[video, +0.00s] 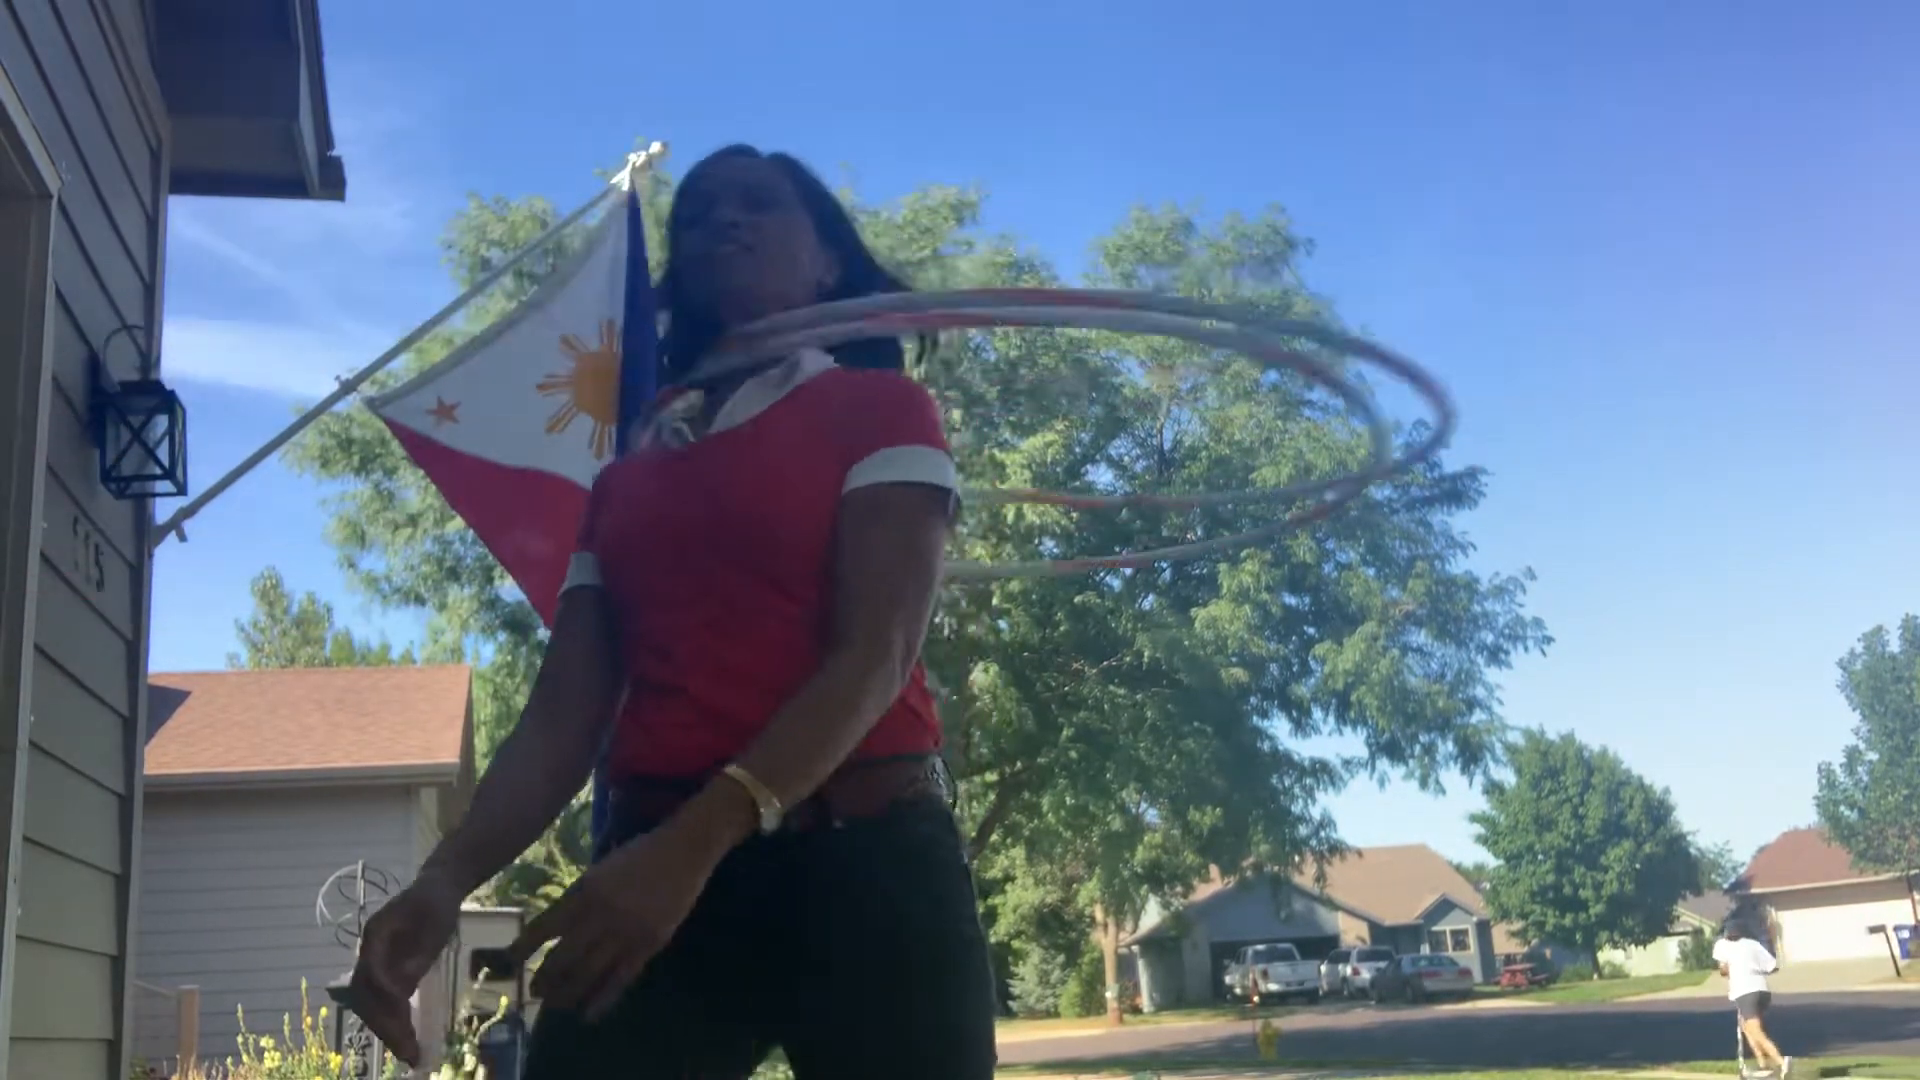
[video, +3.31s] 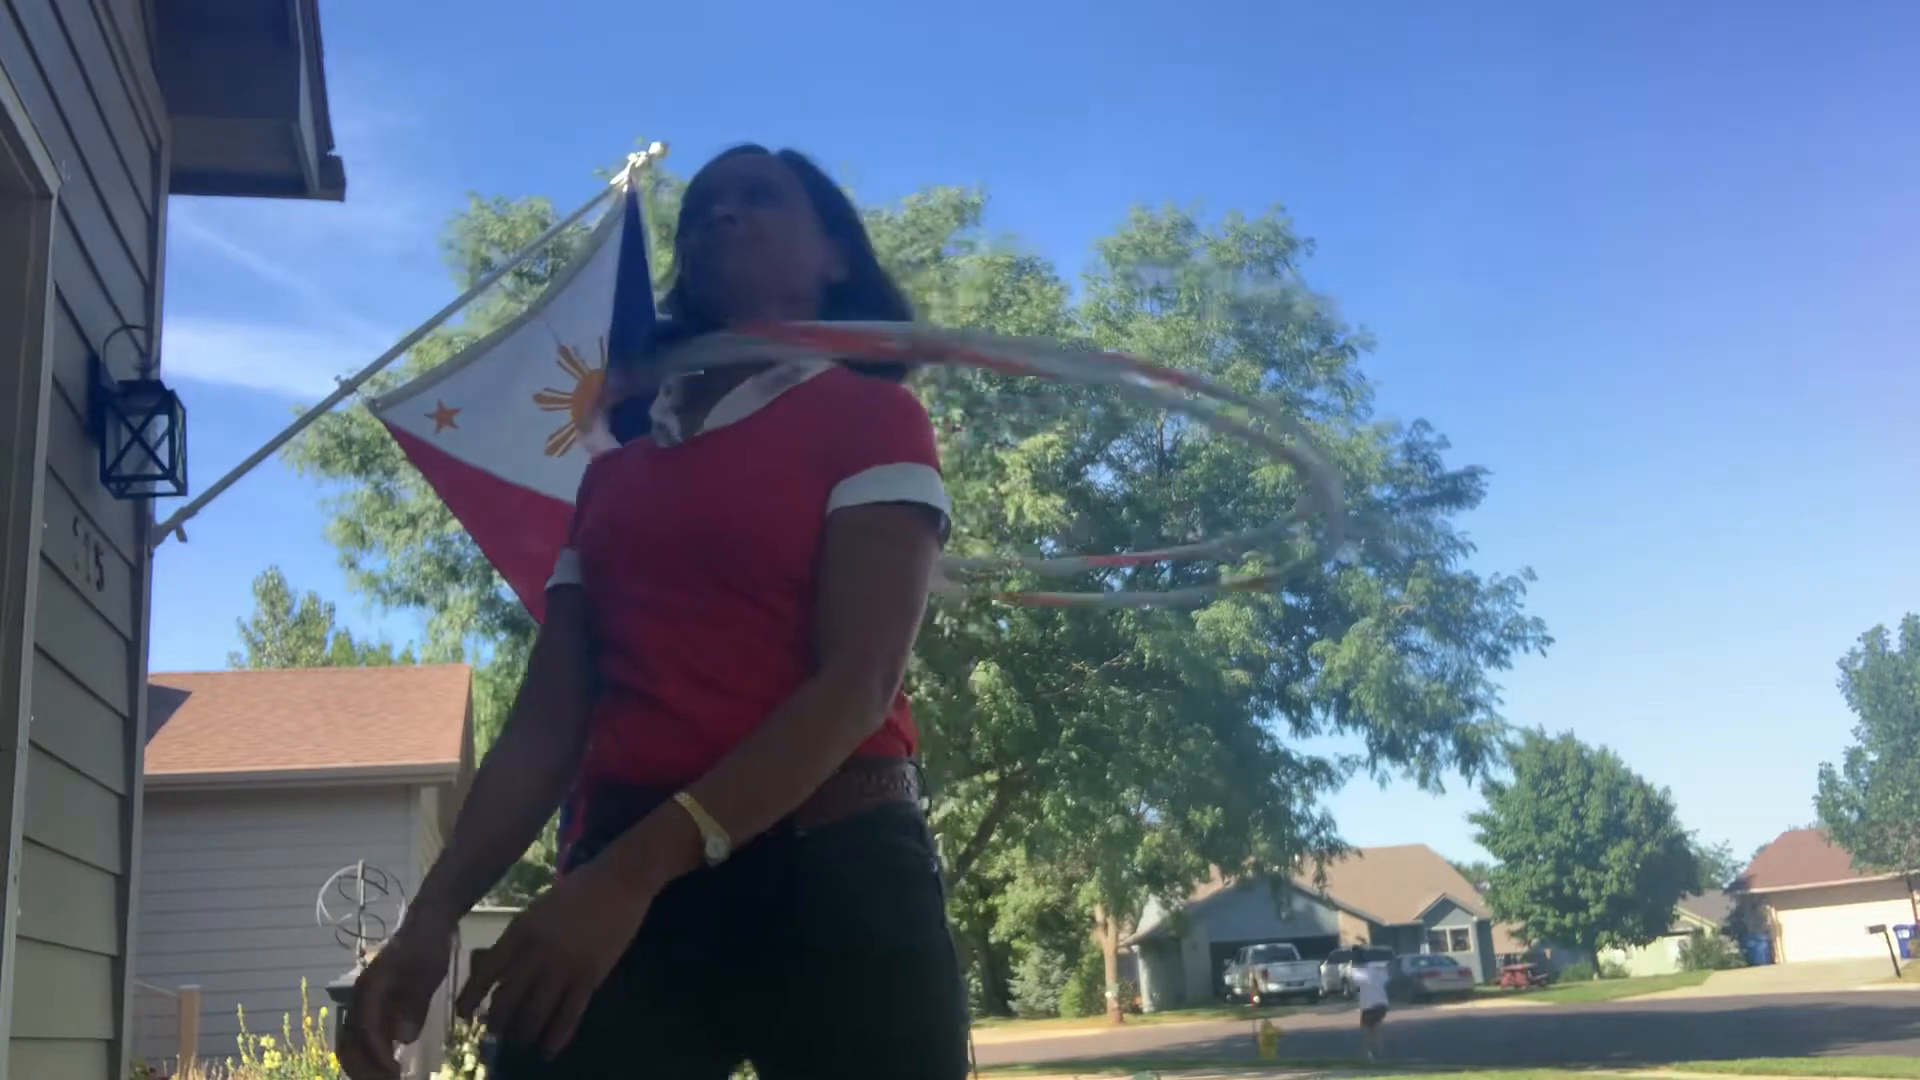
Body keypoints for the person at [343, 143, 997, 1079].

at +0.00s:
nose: (722, 222)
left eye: (759, 204)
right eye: (698, 217)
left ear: (829, 261)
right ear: (673, 280)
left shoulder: (874, 402)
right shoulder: (626, 471)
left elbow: (875, 656)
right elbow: (563, 711)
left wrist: (695, 840)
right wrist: (442, 887)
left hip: (866, 861)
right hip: (653, 877)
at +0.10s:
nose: (666, 215)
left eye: (704, 196)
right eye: (639, 214)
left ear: (776, 257)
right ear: (621, 281)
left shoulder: (831, 384)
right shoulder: (592, 488)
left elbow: (886, 664)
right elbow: (544, 738)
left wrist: (729, 869)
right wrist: (429, 916)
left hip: (857, 861)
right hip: (649, 877)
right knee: (570, 1062)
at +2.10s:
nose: (776, 219)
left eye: (817, 200)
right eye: (758, 214)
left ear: (891, 255)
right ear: (741, 276)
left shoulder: (935, 426)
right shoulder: (662, 473)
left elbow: (918, 678)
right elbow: (581, 679)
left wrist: (686, 808)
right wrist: (494, 804)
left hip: (882, 869)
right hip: (666, 883)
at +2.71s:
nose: (716, 209)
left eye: (755, 187)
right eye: (694, 203)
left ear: (831, 239)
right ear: (678, 262)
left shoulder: (895, 410)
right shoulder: (633, 469)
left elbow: (926, 677)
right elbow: (581, 722)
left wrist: (752, 889)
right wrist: (504, 946)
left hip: (872, 872)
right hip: (660, 879)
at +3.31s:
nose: (720, 213)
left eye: (760, 195)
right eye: (700, 213)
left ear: (837, 257)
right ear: (685, 275)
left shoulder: (866, 409)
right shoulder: (616, 465)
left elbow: (856, 686)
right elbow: (547, 712)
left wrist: (632, 869)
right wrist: (431, 915)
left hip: (834, 874)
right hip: (617, 893)